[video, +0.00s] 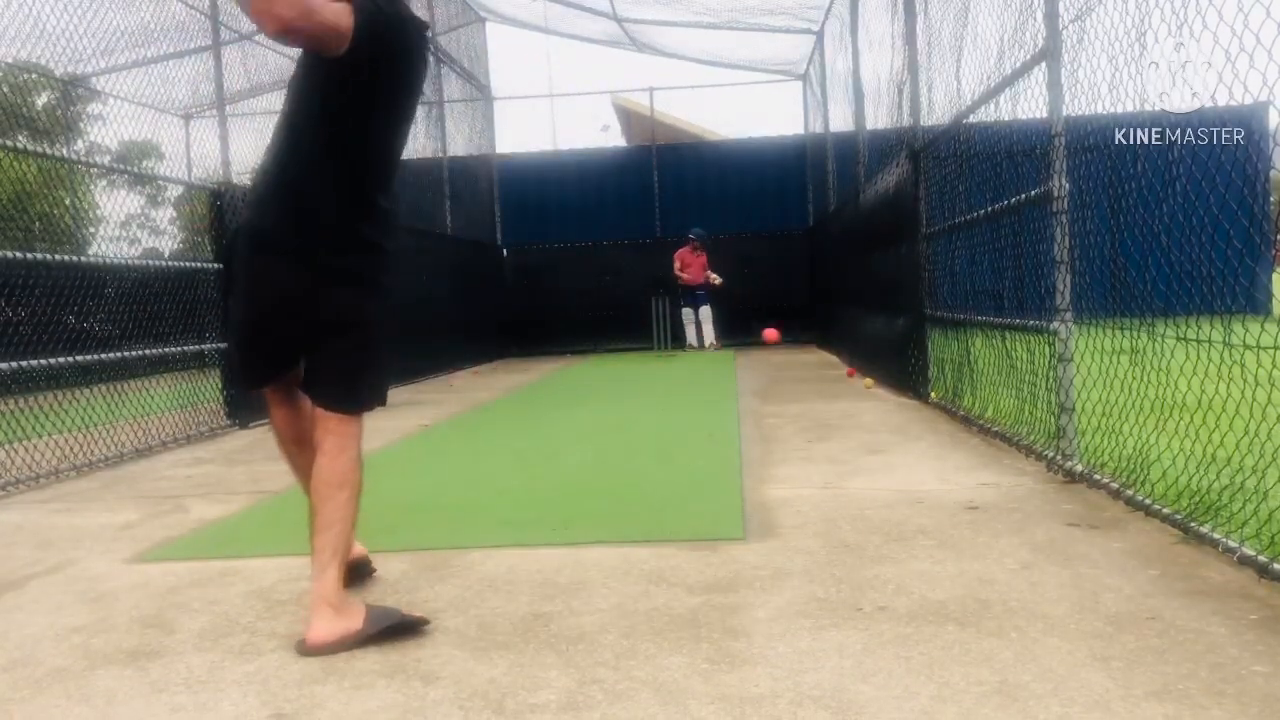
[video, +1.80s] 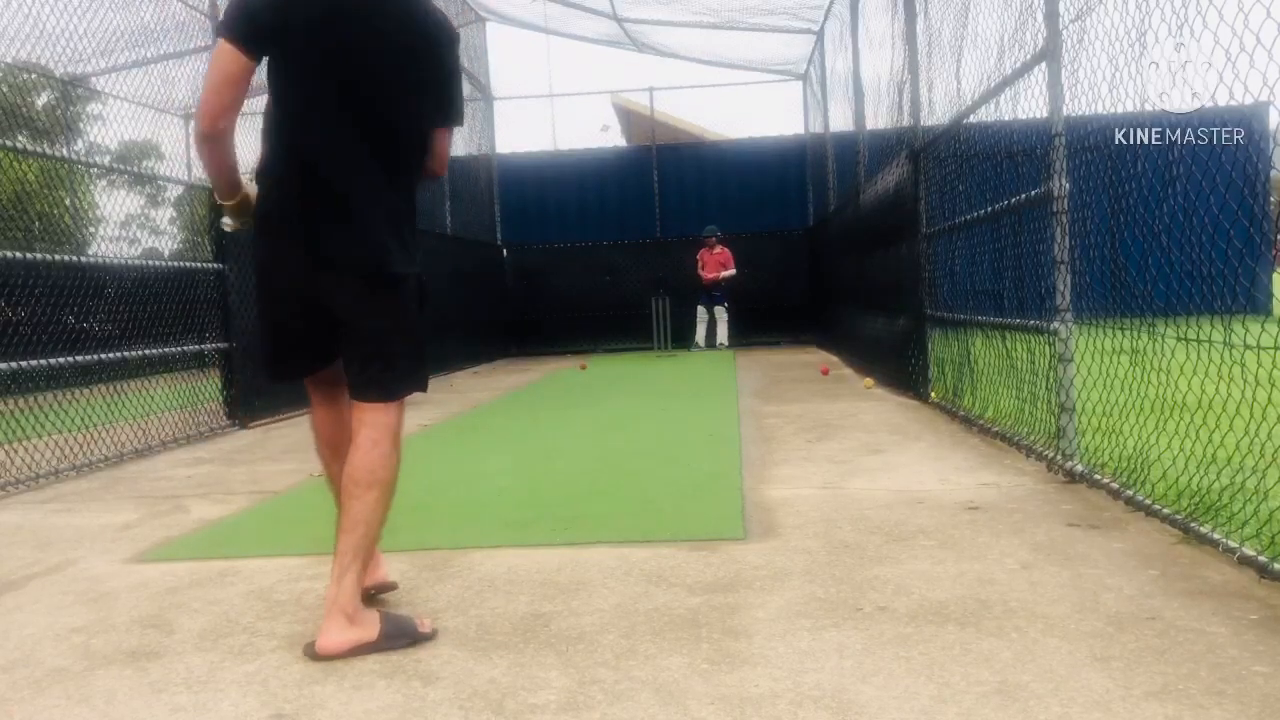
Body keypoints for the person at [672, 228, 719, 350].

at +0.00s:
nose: (695, 244)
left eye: (697, 241)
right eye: (694, 241)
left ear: (701, 242)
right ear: (691, 240)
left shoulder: (702, 254)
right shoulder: (680, 254)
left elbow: (706, 270)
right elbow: (676, 270)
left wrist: (712, 276)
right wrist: (684, 276)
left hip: (701, 286)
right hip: (686, 287)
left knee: (705, 314)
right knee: (688, 315)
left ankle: (709, 342)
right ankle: (691, 343)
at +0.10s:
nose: (702, 246)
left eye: (703, 244)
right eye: (701, 244)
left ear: (702, 244)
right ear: (695, 242)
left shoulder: (701, 255)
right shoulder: (681, 252)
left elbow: (701, 272)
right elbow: (676, 269)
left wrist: (713, 277)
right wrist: (685, 276)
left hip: (700, 287)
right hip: (686, 288)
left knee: (705, 315)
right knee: (688, 317)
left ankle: (709, 342)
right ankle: (691, 343)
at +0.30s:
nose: (734, 269)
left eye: (735, 268)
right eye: (733, 266)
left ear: (735, 267)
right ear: (729, 263)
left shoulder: (727, 272)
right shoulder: (717, 272)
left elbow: (726, 284)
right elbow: (719, 287)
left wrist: (727, 291)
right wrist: (725, 291)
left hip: (716, 290)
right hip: (703, 290)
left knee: (721, 312)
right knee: (698, 313)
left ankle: (721, 341)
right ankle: (691, 336)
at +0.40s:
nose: (733, 262)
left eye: (735, 261)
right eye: (732, 259)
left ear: (735, 260)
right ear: (727, 257)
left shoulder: (729, 268)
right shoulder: (714, 265)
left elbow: (728, 276)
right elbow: (713, 286)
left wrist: (730, 284)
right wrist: (726, 295)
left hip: (717, 289)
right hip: (703, 288)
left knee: (719, 312)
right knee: (696, 313)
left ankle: (721, 342)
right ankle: (691, 334)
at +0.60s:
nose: (722, 248)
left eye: (725, 246)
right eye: (721, 245)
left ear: (728, 248)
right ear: (717, 245)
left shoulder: (728, 262)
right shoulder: (707, 255)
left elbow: (729, 280)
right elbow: (696, 268)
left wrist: (732, 294)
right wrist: (701, 278)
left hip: (717, 289)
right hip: (702, 287)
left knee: (718, 312)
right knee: (696, 314)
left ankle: (721, 342)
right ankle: (697, 342)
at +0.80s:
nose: (712, 242)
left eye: (714, 239)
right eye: (709, 239)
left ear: (717, 241)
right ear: (705, 240)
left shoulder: (720, 256)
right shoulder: (697, 253)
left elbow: (724, 274)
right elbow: (689, 267)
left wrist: (725, 285)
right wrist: (693, 271)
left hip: (713, 288)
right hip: (698, 288)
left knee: (715, 312)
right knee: (696, 316)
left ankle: (721, 341)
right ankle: (699, 343)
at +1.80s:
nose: (708, 240)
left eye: (711, 237)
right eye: (706, 238)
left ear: (716, 238)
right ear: (704, 239)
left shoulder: (725, 252)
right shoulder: (702, 252)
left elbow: (732, 270)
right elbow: (699, 269)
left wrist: (720, 275)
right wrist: (704, 275)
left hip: (719, 285)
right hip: (706, 285)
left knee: (720, 312)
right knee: (701, 312)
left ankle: (722, 342)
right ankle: (699, 342)